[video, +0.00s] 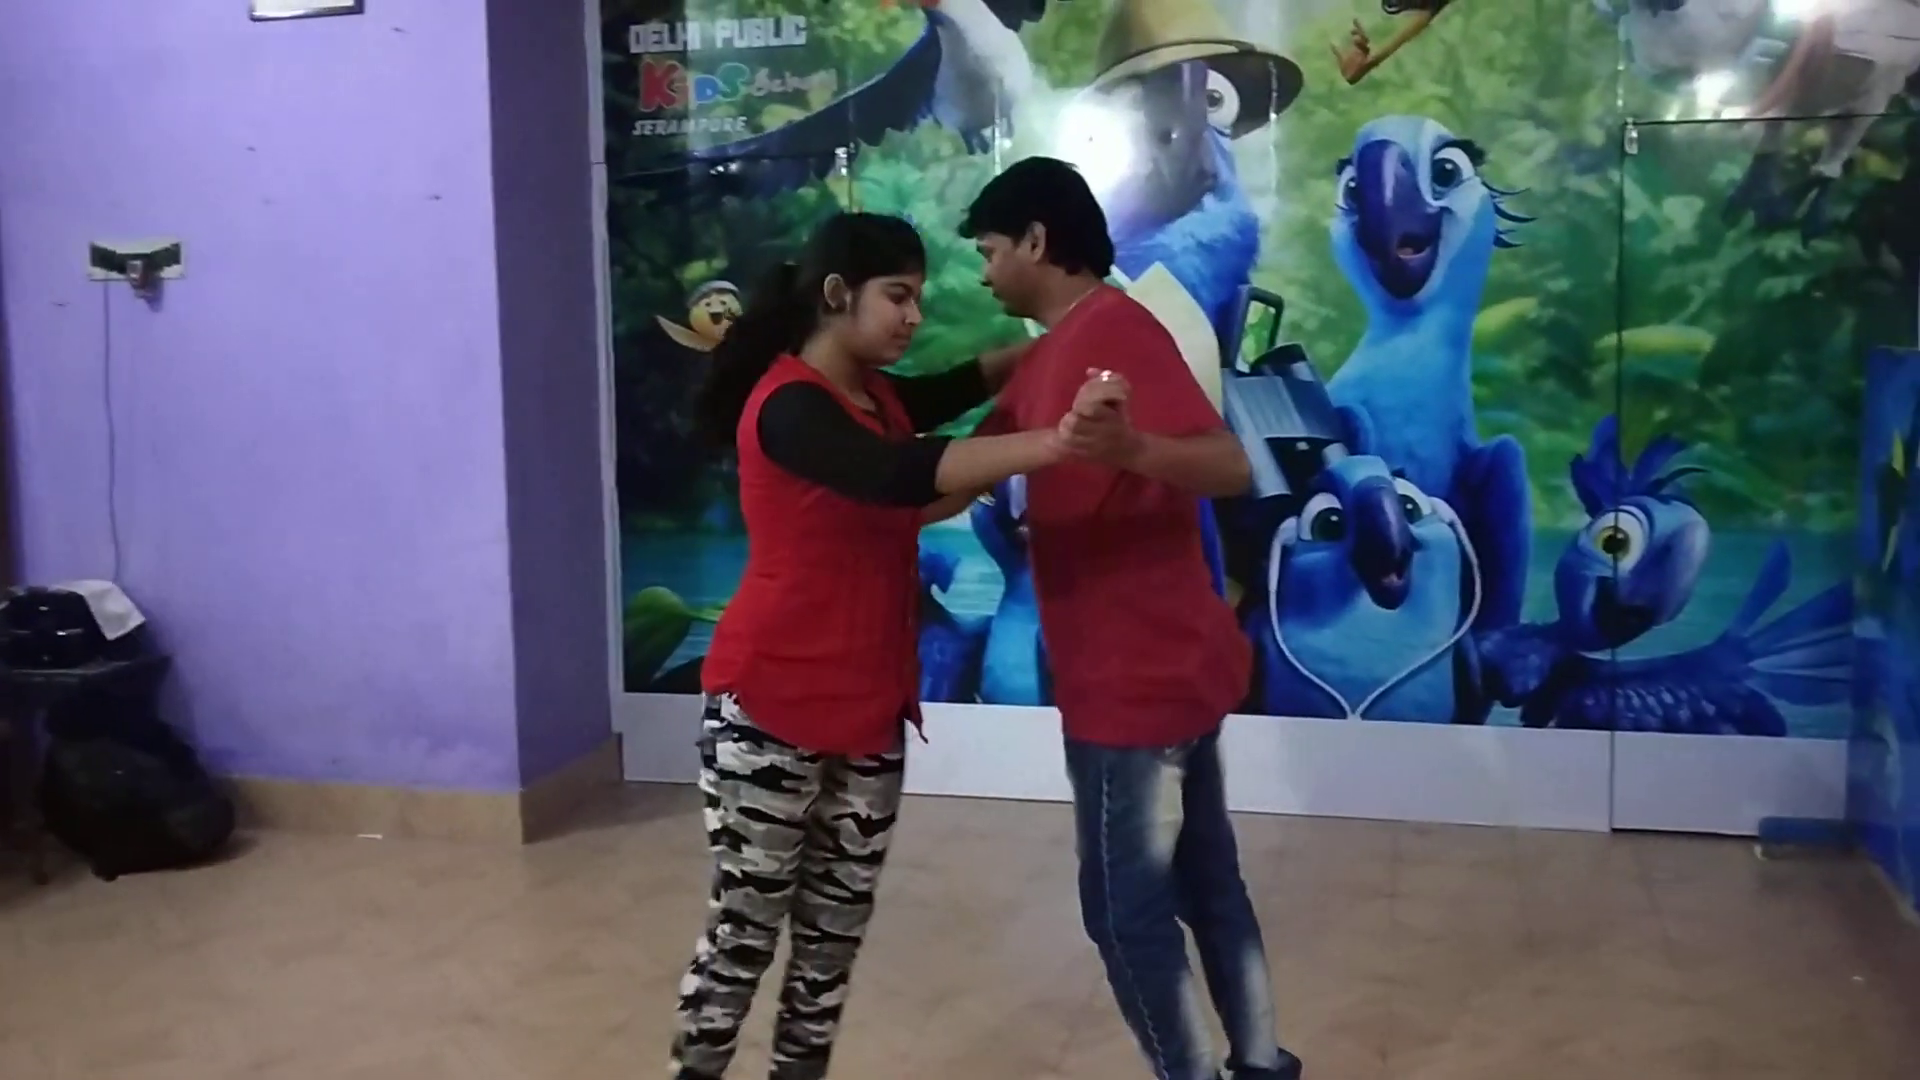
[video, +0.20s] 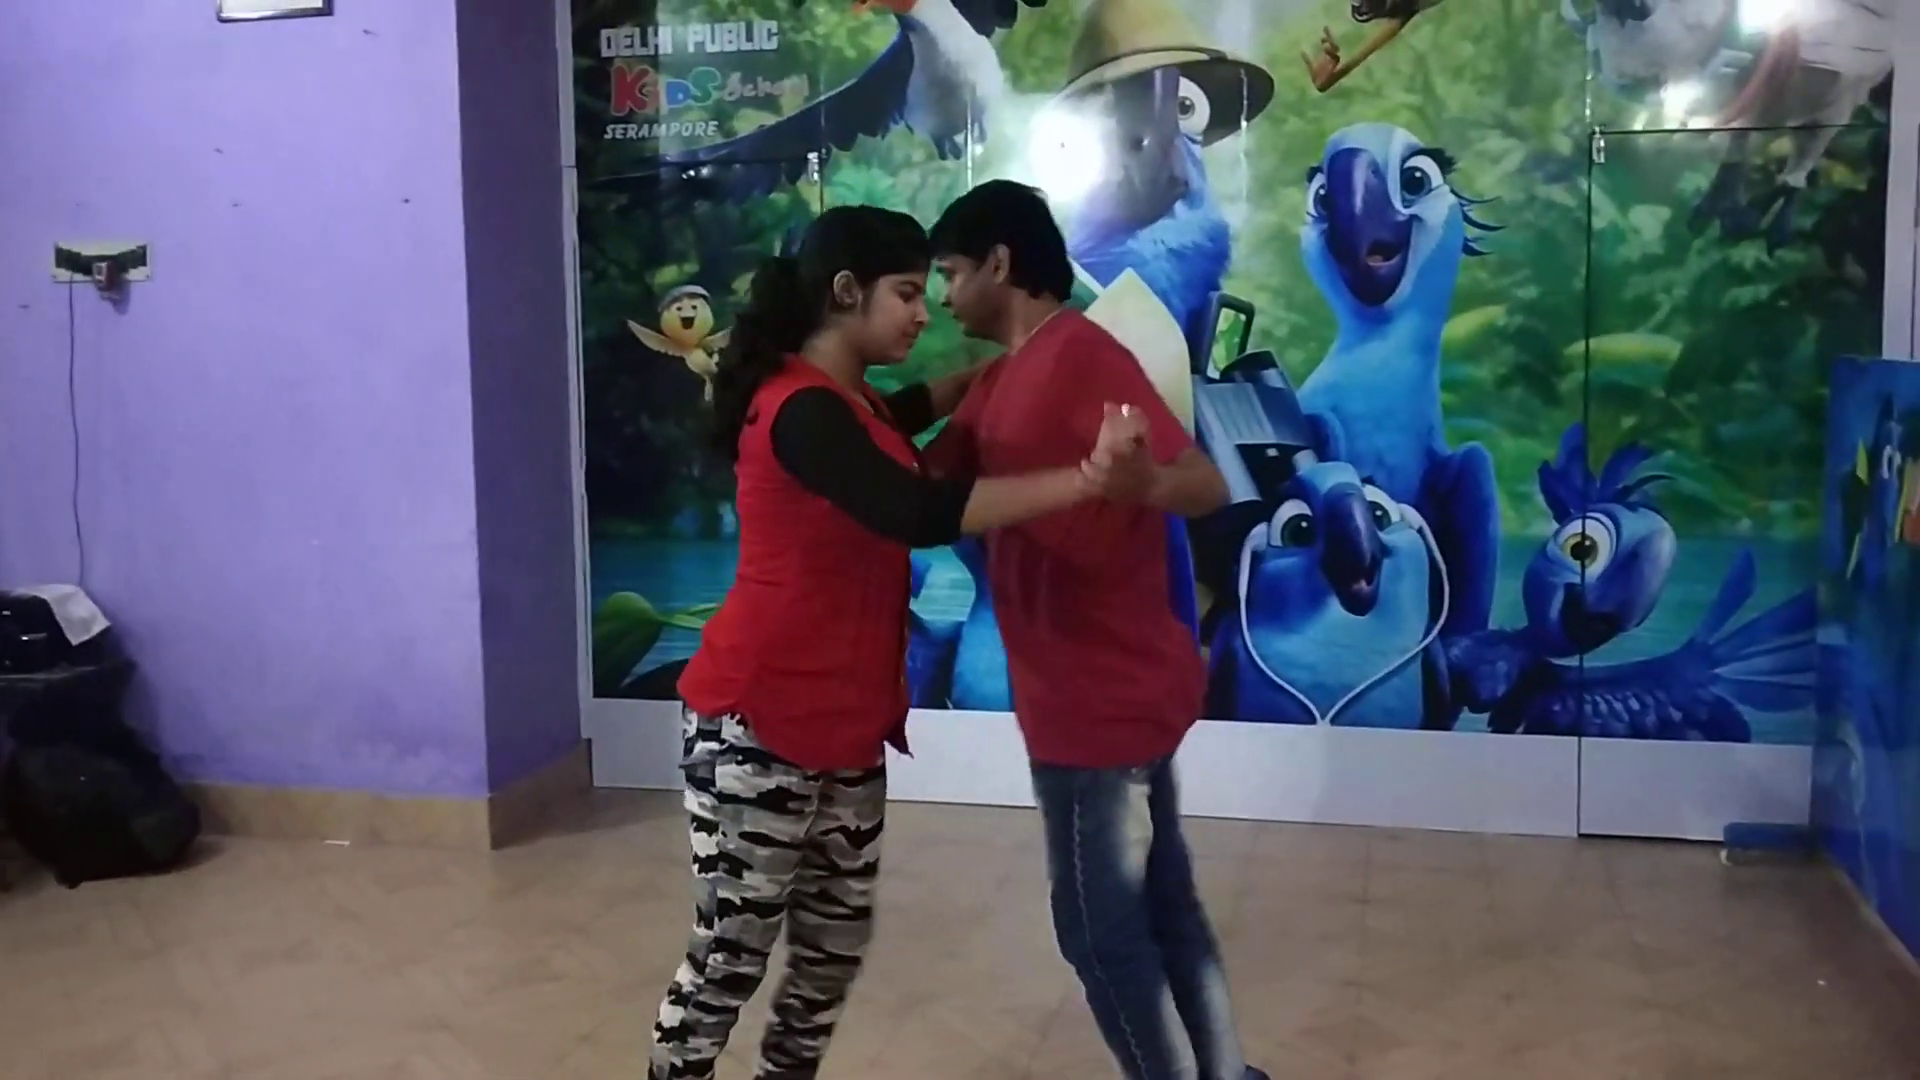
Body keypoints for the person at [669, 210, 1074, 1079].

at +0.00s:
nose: (914, 315)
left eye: (917, 299)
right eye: (897, 296)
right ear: (837, 294)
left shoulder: (885, 400)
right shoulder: (786, 401)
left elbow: (985, 376)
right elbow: (901, 474)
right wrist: (1055, 442)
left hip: (868, 723)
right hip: (767, 713)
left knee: (830, 944)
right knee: (745, 932)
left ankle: (796, 1075)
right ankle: (696, 1071)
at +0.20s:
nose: (923, 313)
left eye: (923, 293)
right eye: (908, 292)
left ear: (858, 296)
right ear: (849, 293)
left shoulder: (867, 406)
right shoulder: (799, 407)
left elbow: (951, 394)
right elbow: (918, 511)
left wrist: (1017, 355)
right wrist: (1084, 480)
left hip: (849, 733)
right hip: (753, 730)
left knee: (830, 951)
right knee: (731, 956)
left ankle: (785, 1074)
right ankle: (674, 1073)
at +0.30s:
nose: (938, 329)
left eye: (936, 309)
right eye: (921, 309)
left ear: (863, 313)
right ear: (864, 309)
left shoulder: (859, 421)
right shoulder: (821, 426)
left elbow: (939, 475)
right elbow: (924, 569)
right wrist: (1095, 574)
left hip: (850, 742)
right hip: (758, 743)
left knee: (898, 951)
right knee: (721, 971)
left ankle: (830, 1070)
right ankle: (660, 1074)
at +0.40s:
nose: (970, 357)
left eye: (973, 337)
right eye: (954, 335)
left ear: (893, 339)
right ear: (890, 336)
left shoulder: (880, 445)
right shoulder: (858, 460)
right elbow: (943, 642)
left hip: (875, 775)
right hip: (780, 775)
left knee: (954, 974)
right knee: (727, 1003)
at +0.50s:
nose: (1013, 389)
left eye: (1011, 368)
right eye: (997, 367)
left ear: (942, 374)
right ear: (939, 371)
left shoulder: (891, 467)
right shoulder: (928, 502)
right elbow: (978, 697)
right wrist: (1100, 818)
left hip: (920, 813)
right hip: (830, 813)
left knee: (1024, 1014)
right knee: (763, 1031)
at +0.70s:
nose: (691, 370)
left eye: (697, 349)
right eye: (690, 352)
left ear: (743, 343)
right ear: (751, 344)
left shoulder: (824, 427)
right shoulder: (793, 426)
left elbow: (903, 591)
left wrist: (934, 734)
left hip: (844, 746)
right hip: (806, 739)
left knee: (908, 969)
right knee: (710, 861)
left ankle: (1045, 1062)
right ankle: (692, 1055)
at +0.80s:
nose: (612, 358)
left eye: (615, 339)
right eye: (608, 342)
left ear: (659, 329)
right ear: (672, 329)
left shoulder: (720, 417)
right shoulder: (729, 405)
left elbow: (797, 563)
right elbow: (818, 544)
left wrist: (836, 724)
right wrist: (863, 673)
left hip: (752, 740)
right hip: (728, 728)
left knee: (769, 959)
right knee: (642, 870)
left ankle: (956, 1057)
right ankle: (676, 1060)